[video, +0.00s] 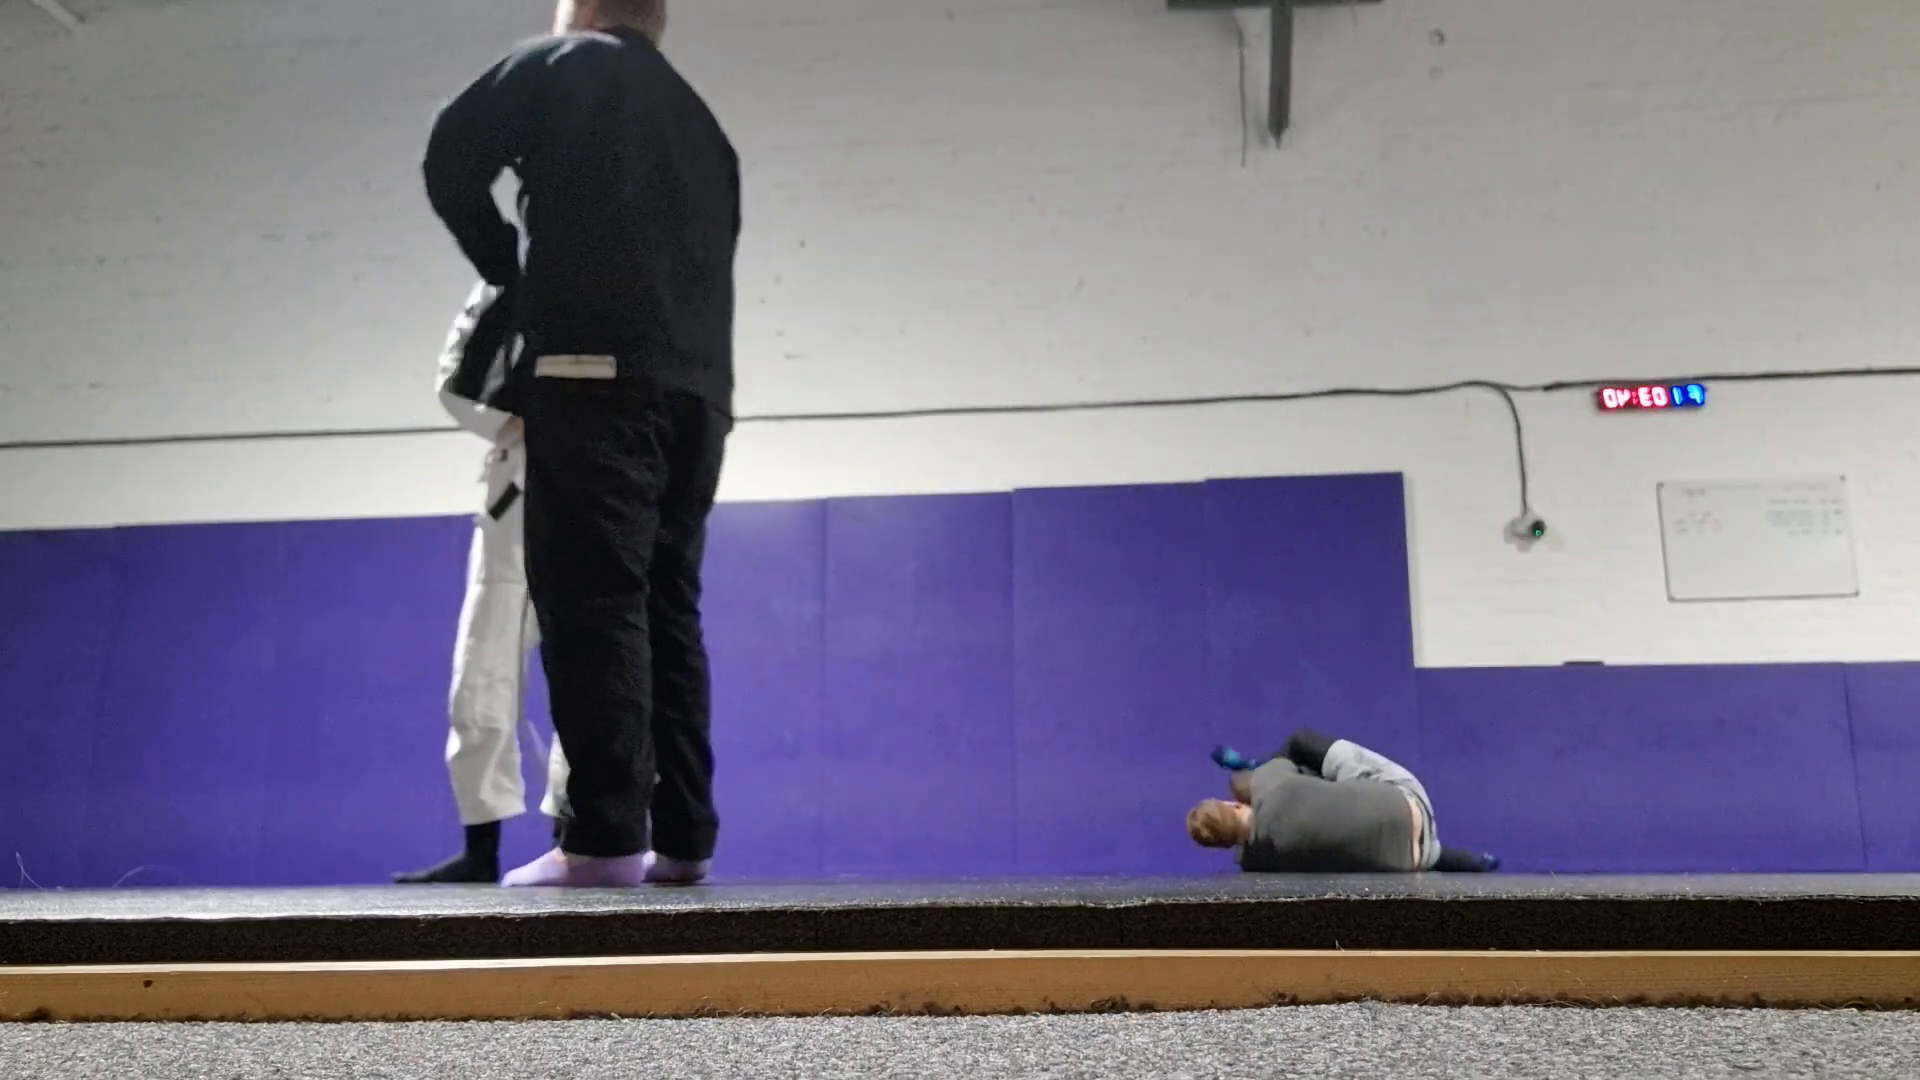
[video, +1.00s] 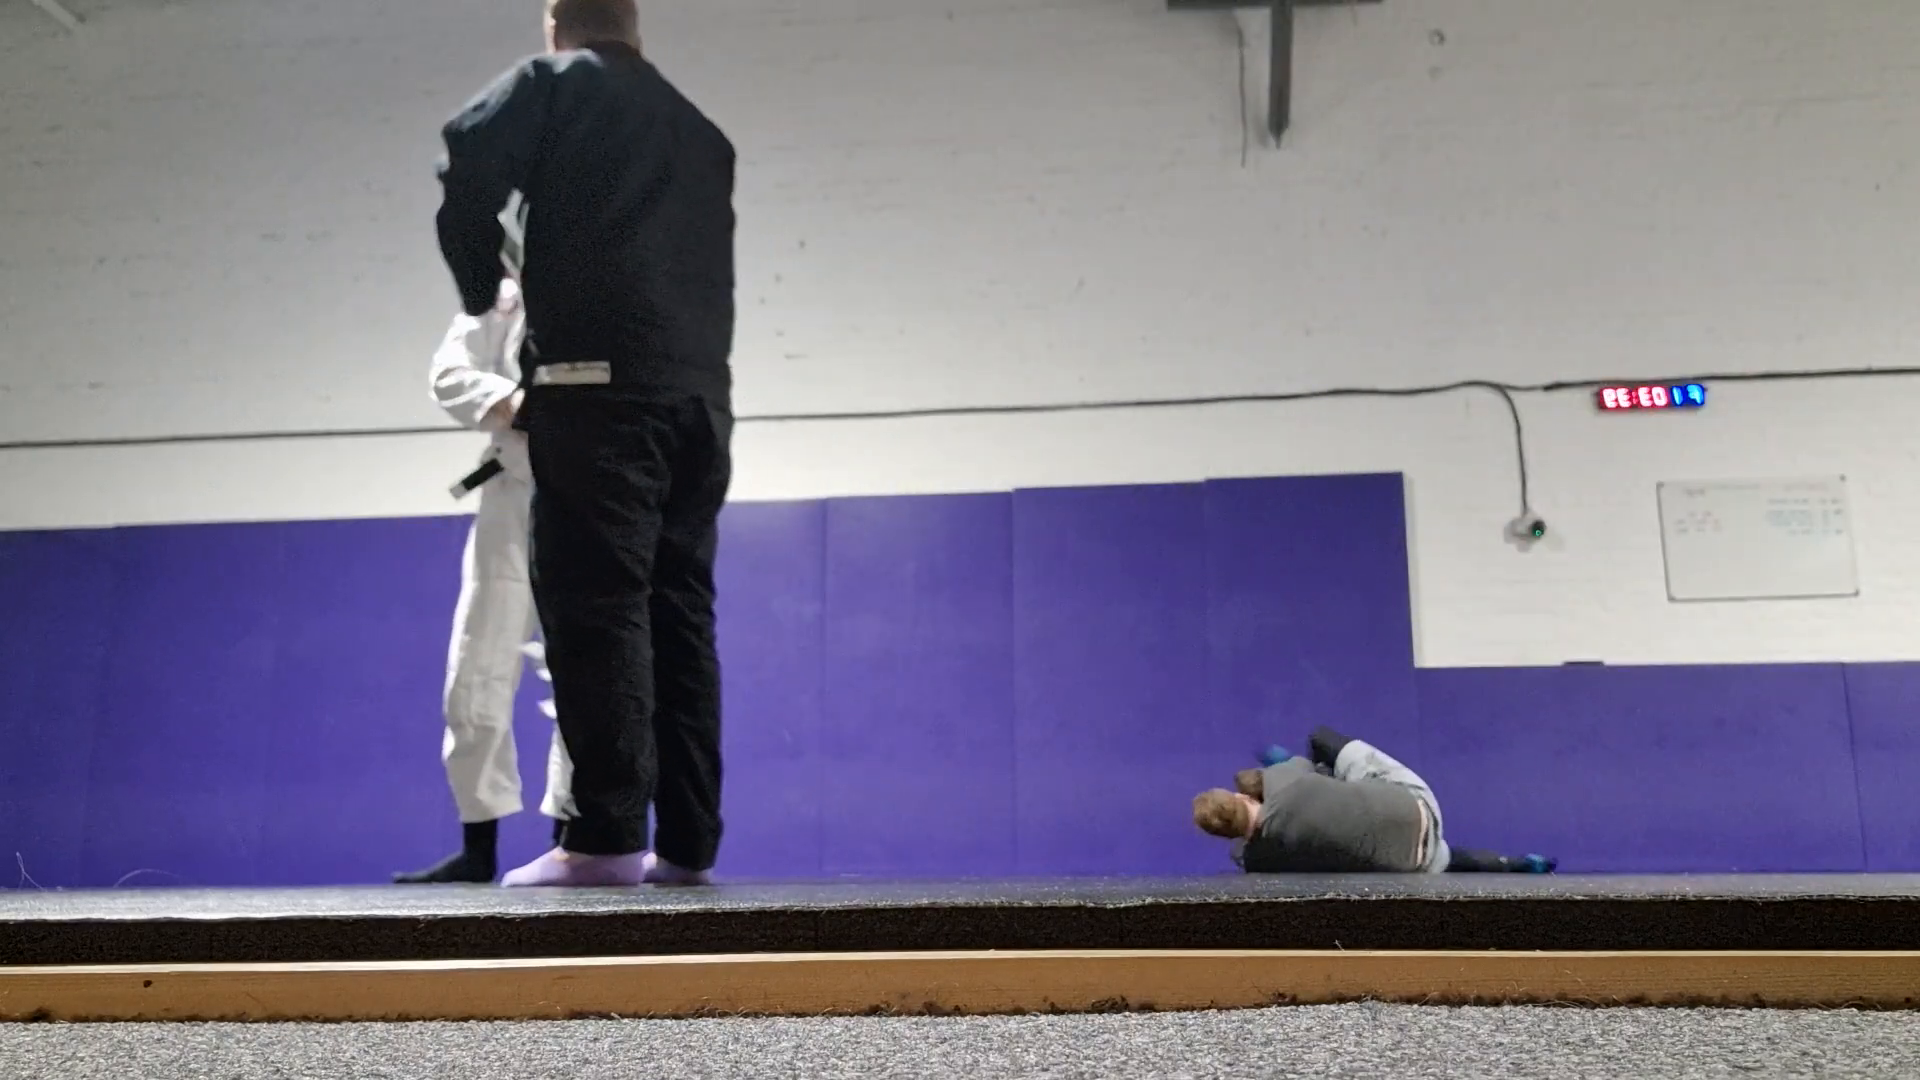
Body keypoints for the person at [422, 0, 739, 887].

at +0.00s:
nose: (554, 23)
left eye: (558, 15)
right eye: (559, 18)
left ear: (579, 12)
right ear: (656, 22)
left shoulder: (551, 65)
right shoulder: (707, 126)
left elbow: (451, 162)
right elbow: (707, 261)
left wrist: (519, 280)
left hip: (594, 381)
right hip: (698, 394)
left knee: (592, 608)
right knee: (669, 608)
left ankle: (602, 844)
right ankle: (682, 843)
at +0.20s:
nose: (569, 41)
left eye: (573, 30)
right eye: (575, 33)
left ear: (596, 32)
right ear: (668, 52)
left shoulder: (568, 74)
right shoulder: (716, 146)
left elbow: (460, 156)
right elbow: (714, 278)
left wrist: (510, 280)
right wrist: (660, 351)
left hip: (589, 382)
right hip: (693, 398)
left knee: (590, 610)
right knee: (670, 609)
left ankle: (601, 844)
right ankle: (683, 844)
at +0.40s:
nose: (553, 56)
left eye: (557, 46)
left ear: (564, 43)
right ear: (643, 52)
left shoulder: (547, 86)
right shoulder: (703, 136)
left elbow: (467, 184)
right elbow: (745, 264)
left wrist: (526, 285)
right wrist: (661, 304)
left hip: (591, 386)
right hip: (700, 395)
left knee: (586, 608)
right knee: (672, 606)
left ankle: (603, 843)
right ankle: (685, 848)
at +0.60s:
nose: (542, 55)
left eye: (544, 45)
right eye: (551, 45)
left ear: (554, 40)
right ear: (632, 46)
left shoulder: (547, 88)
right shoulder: (703, 136)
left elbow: (471, 203)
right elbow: (725, 267)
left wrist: (545, 292)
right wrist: (642, 309)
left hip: (601, 400)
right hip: (705, 404)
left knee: (599, 618)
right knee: (685, 616)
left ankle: (605, 847)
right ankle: (689, 848)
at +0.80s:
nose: (545, 50)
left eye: (545, 39)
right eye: (553, 41)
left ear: (555, 36)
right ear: (634, 37)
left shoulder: (547, 87)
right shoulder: (703, 134)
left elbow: (462, 192)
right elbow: (699, 266)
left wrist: (536, 286)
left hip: (598, 399)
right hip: (703, 405)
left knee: (600, 617)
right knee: (685, 615)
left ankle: (602, 845)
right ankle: (689, 848)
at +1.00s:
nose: (545, 46)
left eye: (545, 35)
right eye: (554, 38)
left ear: (555, 32)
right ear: (635, 34)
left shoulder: (542, 84)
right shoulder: (704, 132)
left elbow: (470, 155)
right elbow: (703, 275)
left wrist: (484, 288)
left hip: (594, 399)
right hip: (700, 404)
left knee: (596, 615)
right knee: (681, 611)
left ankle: (603, 846)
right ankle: (688, 848)